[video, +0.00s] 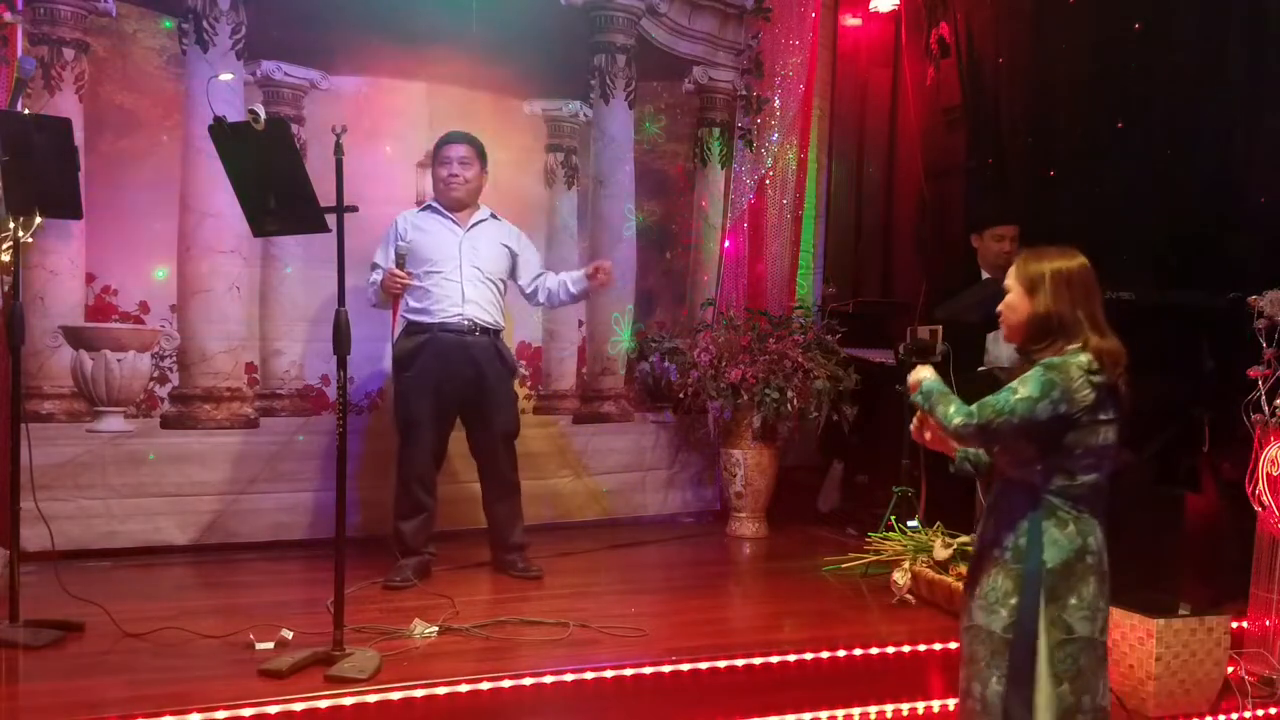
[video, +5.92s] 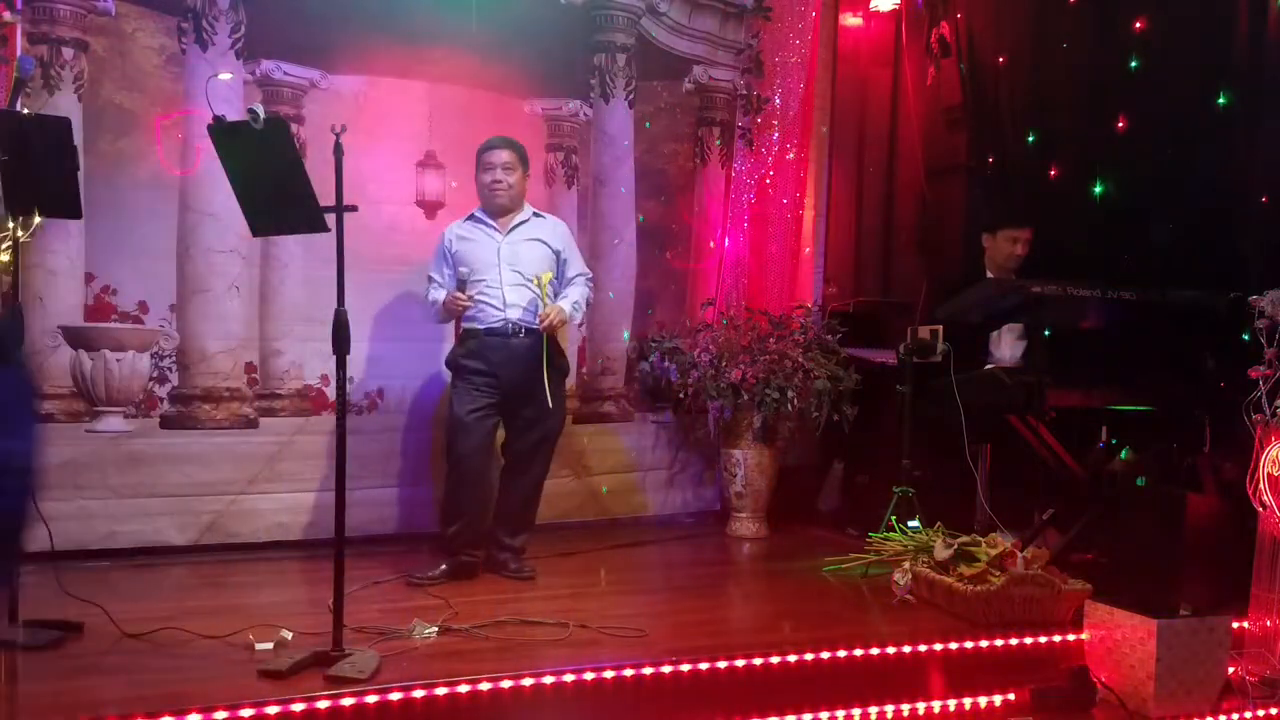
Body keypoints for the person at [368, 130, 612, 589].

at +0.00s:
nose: (453, 171)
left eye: (465, 163)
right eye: (444, 163)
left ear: (483, 175)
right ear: (432, 173)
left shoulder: (506, 233)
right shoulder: (408, 225)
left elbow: (539, 288)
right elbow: (376, 288)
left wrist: (584, 279)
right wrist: (385, 286)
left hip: (486, 352)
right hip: (424, 350)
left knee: (500, 458)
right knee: (418, 459)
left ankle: (510, 552)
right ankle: (413, 557)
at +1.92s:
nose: (500, 185)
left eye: (505, 178)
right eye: (493, 174)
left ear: (506, 184)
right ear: (460, 172)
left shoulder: (512, 239)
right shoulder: (417, 219)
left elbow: (528, 307)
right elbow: (386, 284)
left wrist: (564, 340)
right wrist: (404, 290)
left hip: (495, 354)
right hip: (436, 352)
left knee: (508, 458)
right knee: (427, 461)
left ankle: (511, 551)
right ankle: (419, 558)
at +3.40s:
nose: (525, 176)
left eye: (536, 168)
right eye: (515, 167)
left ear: (551, 177)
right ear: (499, 175)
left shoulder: (568, 229)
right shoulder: (475, 228)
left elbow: (584, 282)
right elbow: (453, 291)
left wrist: (588, 302)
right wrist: (452, 292)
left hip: (553, 357)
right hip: (491, 359)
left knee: (560, 461)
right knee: (467, 455)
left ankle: (548, 561)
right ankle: (445, 556)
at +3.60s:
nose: (526, 169)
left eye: (537, 161)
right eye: (517, 160)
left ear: (556, 172)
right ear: (503, 169)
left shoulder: (575, 227)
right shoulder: (480, 224)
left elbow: (594, 295)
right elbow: (458, 291)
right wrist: (457, 289)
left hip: (551, 356)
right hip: (490, 356)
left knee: (553, 468)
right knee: (475, 462)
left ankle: (547, 561)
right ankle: (463, 559)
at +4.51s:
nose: (489, 178)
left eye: (497, 170)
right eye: (478, 168)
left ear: (505, 179)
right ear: (455, 174)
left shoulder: (520, 235)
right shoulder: (425, 229)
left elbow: (539, 295)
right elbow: (397, 295)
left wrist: (528, 332)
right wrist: (417, 296)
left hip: (503, 352)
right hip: (446, 353)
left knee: (498, 452)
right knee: (438, 455)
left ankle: (491, 554)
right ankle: (432, 558)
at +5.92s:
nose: (497, 177)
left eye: (507, 169)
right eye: (488, 169)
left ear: (525, 178)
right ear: (477, 178)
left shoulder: (554, 231)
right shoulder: (456, 235)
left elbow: (580, 281)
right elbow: (436, 290)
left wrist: (566, 306)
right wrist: (446, 301)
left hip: (536, 354)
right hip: (477, 354)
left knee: (529, 456)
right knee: (467, 448)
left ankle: (508, 550)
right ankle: (463, 553)